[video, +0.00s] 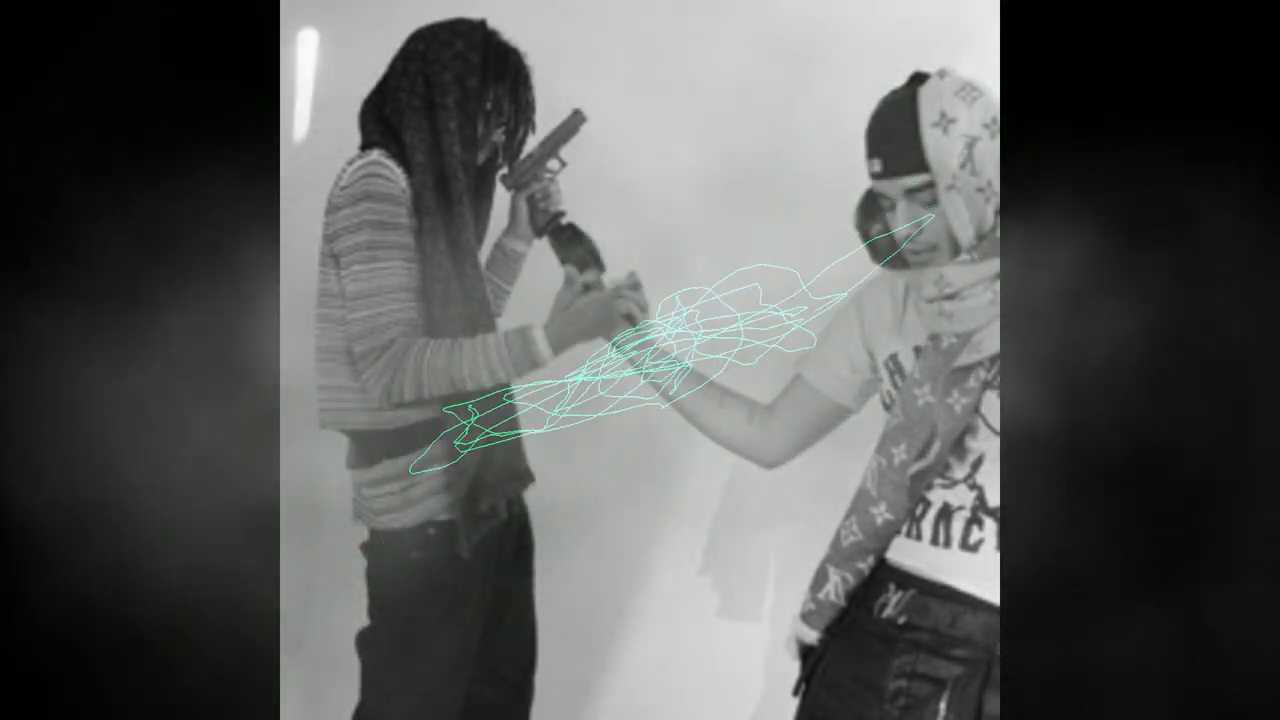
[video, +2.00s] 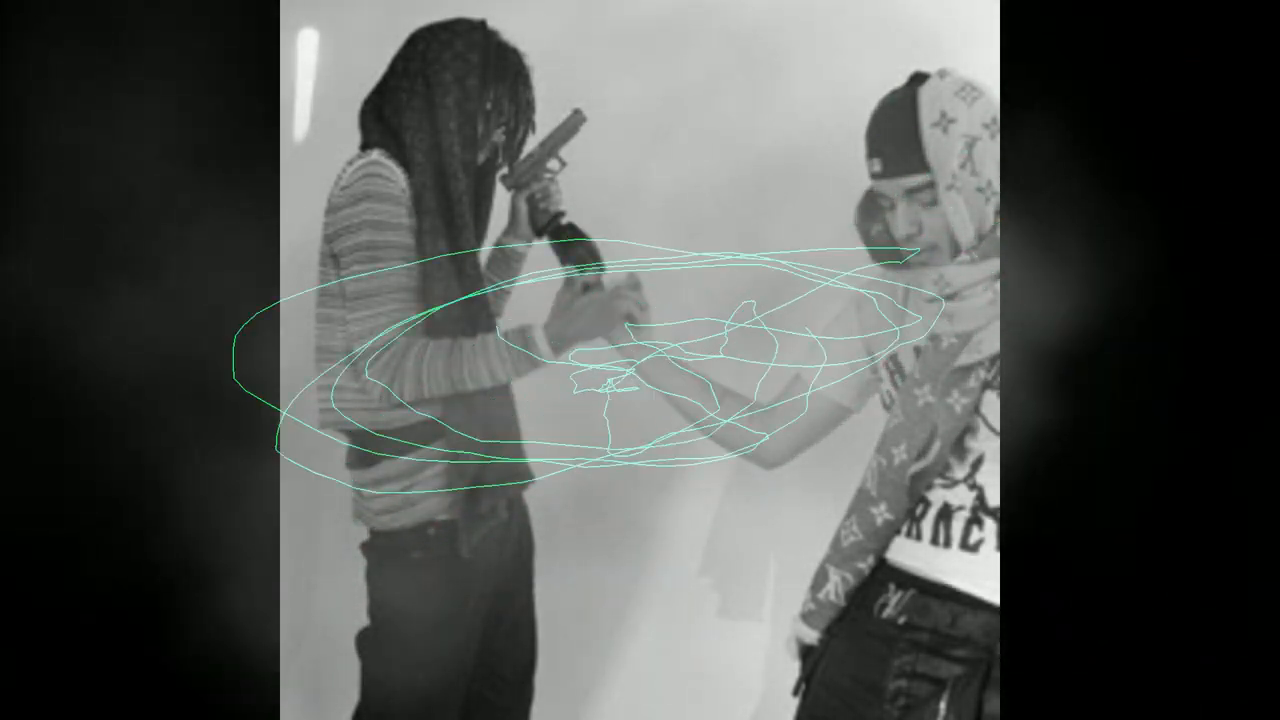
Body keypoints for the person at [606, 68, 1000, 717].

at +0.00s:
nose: (901, 226)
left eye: (922, 200)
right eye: (885, 204)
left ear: (982, 188)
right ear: (872, 202)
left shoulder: (1039, 290)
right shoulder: (892, 300)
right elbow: (769, 436)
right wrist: (635, 341)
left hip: (1014, 643)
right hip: (889, 617)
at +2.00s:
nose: (902, 229)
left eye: (922, 199)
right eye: (885, 204)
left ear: (978, 188)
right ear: (874, 205)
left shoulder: (1038, 298)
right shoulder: (910, 308)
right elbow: (768, 436)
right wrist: (638, 345)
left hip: (995, 646)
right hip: (890, 619)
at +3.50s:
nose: (904, 228)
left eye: (925, 200)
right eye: (886, 205)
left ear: (979, 183)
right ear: (874, 206)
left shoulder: (1037, 289)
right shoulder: (890, 302)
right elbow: (769, 436)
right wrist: (638, 343)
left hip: (996, 638)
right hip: (877, 611)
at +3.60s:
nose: (901, 225)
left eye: (919, 198)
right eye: (886, 202)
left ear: (980, 187)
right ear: (874, 197)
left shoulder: (1037, 291)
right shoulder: (906, 296)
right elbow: (768, 437)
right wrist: (633, 340)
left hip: (993, 642)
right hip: (881, 615)